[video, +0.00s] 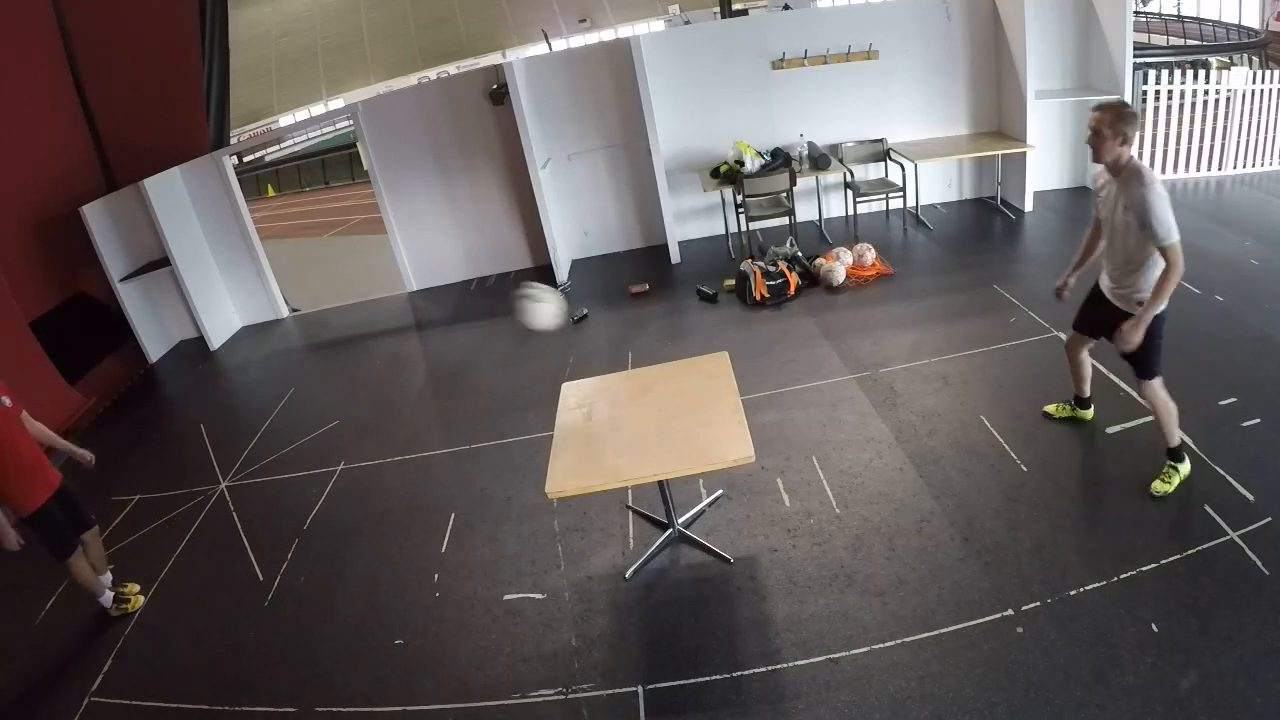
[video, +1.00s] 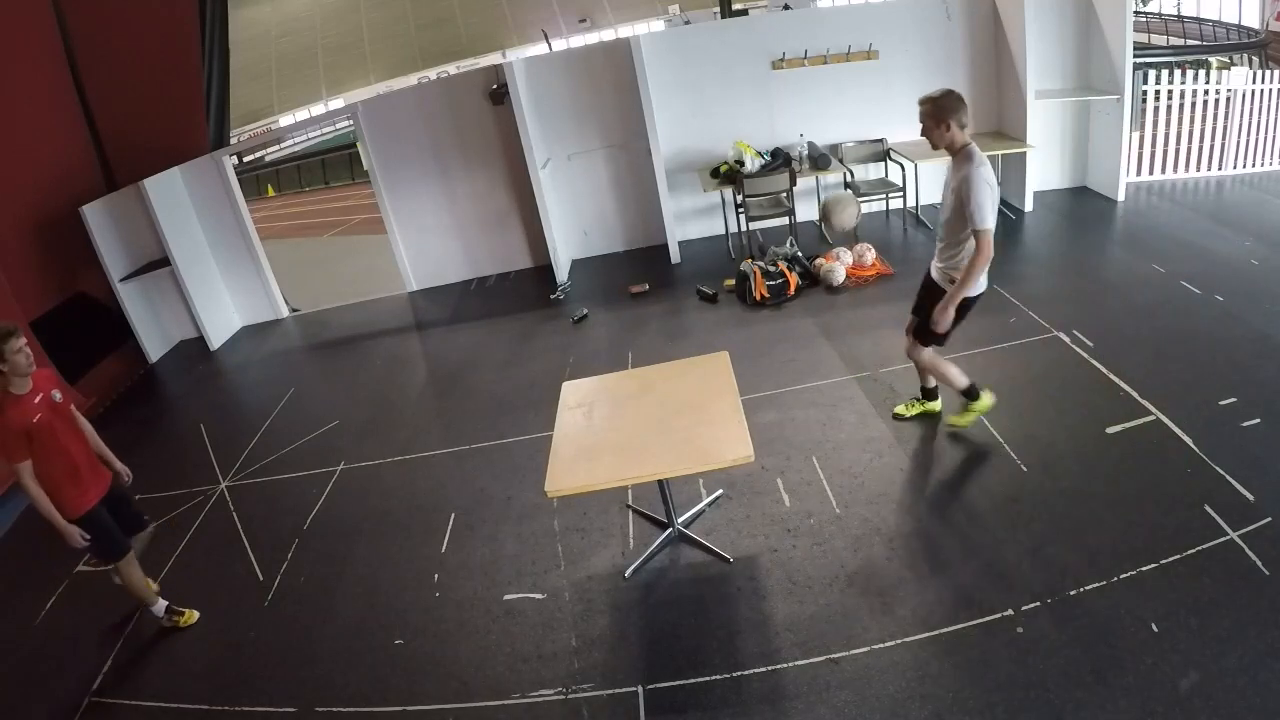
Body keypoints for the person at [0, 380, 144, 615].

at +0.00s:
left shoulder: (3, 394)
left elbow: (30, 424)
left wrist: (73, 450)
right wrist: (4, 526)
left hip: (50, 479)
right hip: (26, 500)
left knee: (89, 529)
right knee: (71, 551)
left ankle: (109, 587)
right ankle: (109, 602)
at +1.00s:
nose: (28, 353)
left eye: (26, 346)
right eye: (18, 351)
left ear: (30, 347)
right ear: (4, 364)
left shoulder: (47, 377)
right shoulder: (10, 417)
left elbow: (79, 421)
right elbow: (27, 480)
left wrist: (113, 461)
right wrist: (63, 526)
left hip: (101, 477)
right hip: (77, 502)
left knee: (141, 528)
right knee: (122, 555)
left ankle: (123, 572)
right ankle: (163, 611)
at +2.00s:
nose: (154, 326)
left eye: (151, 318)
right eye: (143, 324)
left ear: (150, 319)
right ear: (121, 340)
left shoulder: (172, 360)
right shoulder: (128, 408)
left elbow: (216, 410)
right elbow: (156, 486)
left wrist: (267, 448)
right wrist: (201, 537)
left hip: (239, 480)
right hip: (215, 507)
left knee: (262, 547)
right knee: (278, 570)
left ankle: (267, 605)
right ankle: (339, 642)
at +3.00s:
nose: (250, 308)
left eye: (249, 299)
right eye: (242, 302)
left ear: (219, 309)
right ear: (212, 311)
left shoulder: (233, 344)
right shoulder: (206, 375)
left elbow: (256, 412)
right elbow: (228, 468)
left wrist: (293, 444)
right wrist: (286, 516)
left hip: (287, 483)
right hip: (266, 507)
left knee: (323, 552)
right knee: (313, 573)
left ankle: (345, 621)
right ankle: (341, 642)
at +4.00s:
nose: (262, 306)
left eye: (260, 296)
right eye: (254, 299)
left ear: (231, 306)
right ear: (226, 307)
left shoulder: (237, 341)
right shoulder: (219, 368)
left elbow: (259, 417)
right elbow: (239, 458)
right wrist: (296, 507)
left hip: (299, 470)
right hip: (292, 486)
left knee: (339, 532)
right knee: (384, 498)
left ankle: (366, 614)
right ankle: (416, 582)